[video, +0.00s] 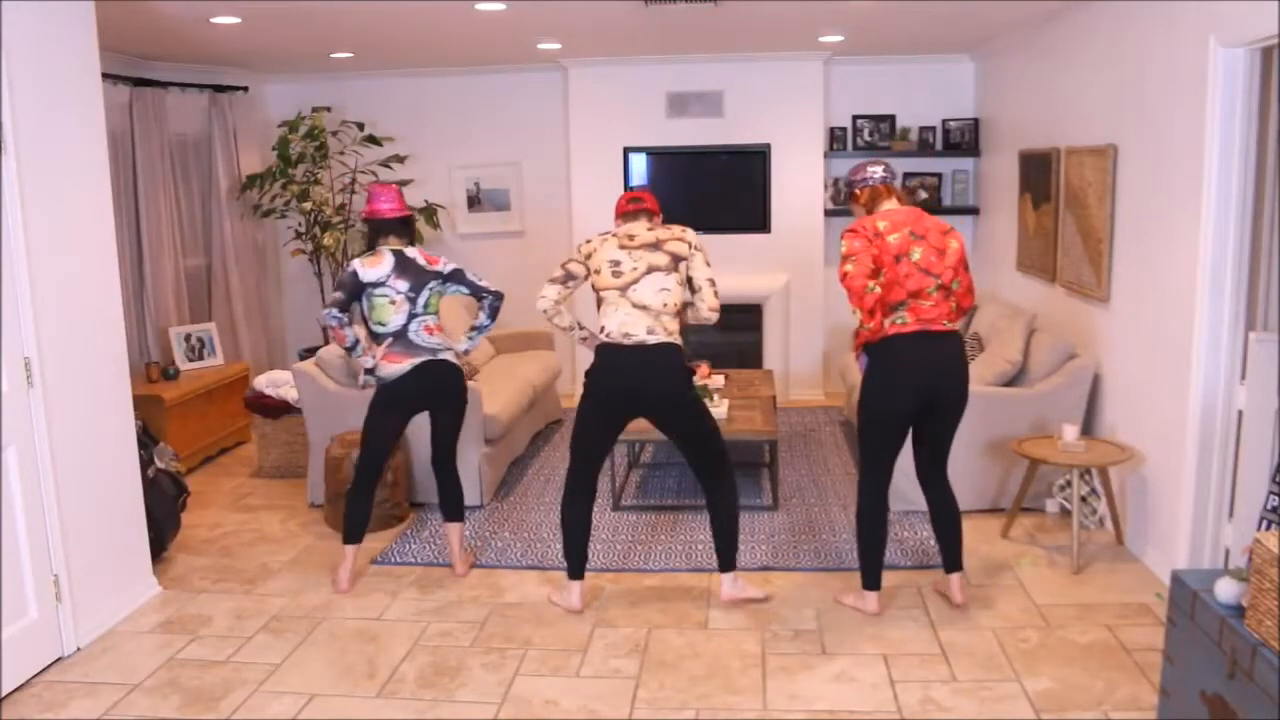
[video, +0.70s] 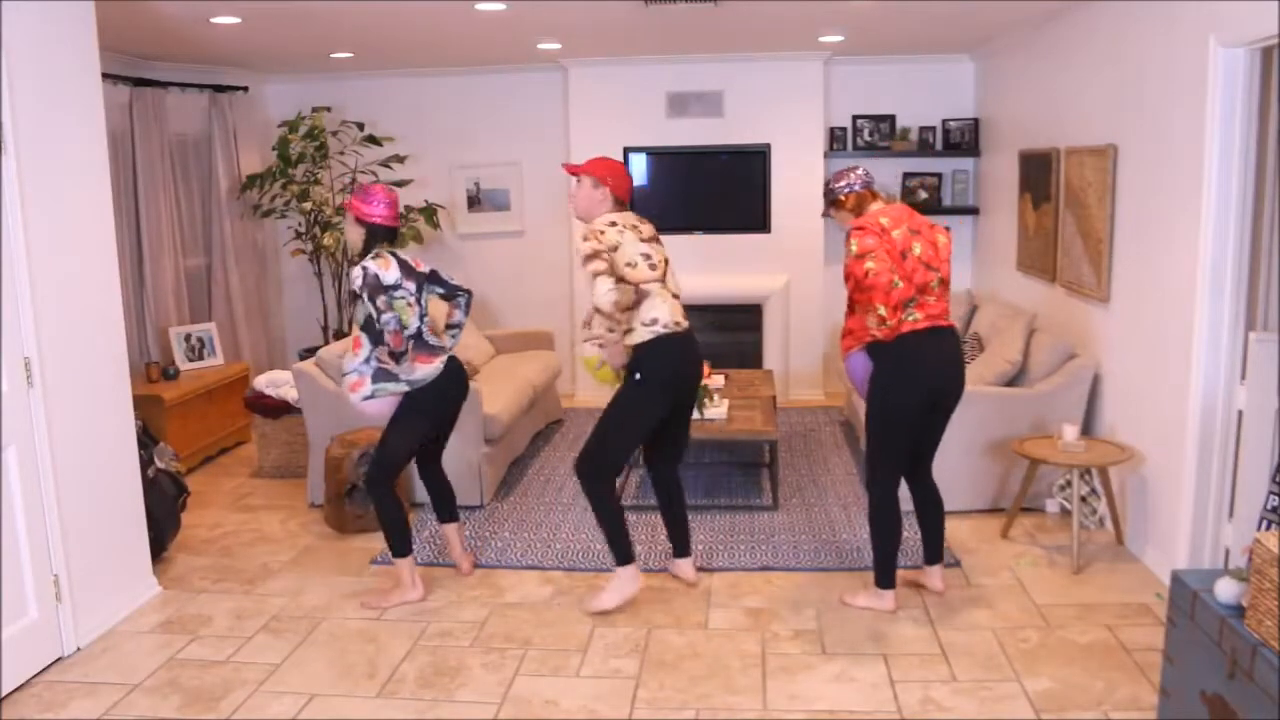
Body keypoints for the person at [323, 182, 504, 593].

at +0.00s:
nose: (377, 235)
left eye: (371, 228)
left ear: (371, 229)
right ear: (410, 225)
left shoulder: (362, 269)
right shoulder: (436, 262)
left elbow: (332, 316)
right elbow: (491, 296)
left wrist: (362, 352)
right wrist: (467, 346)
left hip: (397, 384)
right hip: (448, 378)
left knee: (367, 470)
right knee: (445, 462)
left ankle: (346, 569)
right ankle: (459, 556)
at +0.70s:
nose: (346, 221)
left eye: (349, 217)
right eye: (349, 215)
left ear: (358, 222)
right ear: (392, 223)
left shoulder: (367, 269)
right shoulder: (407, 263)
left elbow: (396, 324)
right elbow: (461, 295)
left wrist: (392, 359)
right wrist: (445, 346)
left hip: (427, 387)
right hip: (452, 376)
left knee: (380, 476)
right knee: (428, 461)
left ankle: (409, 583)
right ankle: (460, 553)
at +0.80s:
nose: (332, 226)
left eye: (336, 219)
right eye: (333, 218)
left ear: (353, 225)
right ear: (371, 225)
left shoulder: (364, 273)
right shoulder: (393, 262)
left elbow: (386, 346)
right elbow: (442, 295)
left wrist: (336, 359)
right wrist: (427, 341)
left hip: (421, 390)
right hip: (444, 377)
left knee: (376, 479)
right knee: (420, 461)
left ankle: (409, 583)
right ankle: (459, 551)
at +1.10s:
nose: (316, 223)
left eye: (323, 218)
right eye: (319, 216)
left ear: (343, 227)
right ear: (353, 228)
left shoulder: (356, 275)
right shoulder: (377, 261)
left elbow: (370, 342)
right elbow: (416, 288)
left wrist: (319, 368)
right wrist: (404, 339)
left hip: (406, 393)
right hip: (423, 381)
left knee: (364, 487)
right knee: (388, 458)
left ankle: (408, 583)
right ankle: (420, 540)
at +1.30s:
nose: (309, 226)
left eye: (317, 221)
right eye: (312, 219)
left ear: (339, 233)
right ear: (343, 233)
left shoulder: (347, 284)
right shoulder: (368, 261)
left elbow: (330, 364)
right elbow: (403, 284)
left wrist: (303, 378)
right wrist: (396, 335)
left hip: (402, 394)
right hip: (410, 383)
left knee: (361, 491)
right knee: (367, 467)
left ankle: (408, 583)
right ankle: (366, 539)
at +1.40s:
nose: (308, 227)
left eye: (317, 224)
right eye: (312, 221)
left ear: (338, 237)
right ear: (337, 237)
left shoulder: (351, 286)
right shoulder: (350, 273)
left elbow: (329, 366)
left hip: (403, 393)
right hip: (388, 388)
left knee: (361, 484)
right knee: (351, 462)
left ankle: (409, 582)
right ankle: (359, 543)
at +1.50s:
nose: (307, 227)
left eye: (317, 223)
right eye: (312, 220)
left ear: (338, 237)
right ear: (336, 237)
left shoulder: (352, 286)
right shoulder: (340, 277)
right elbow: (350, 339)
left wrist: (392, 373)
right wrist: (315, 368)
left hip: (400, 393)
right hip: (378, 389)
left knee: (359, 484)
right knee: (344, 463)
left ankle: (410, 582)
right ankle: (358, 545)